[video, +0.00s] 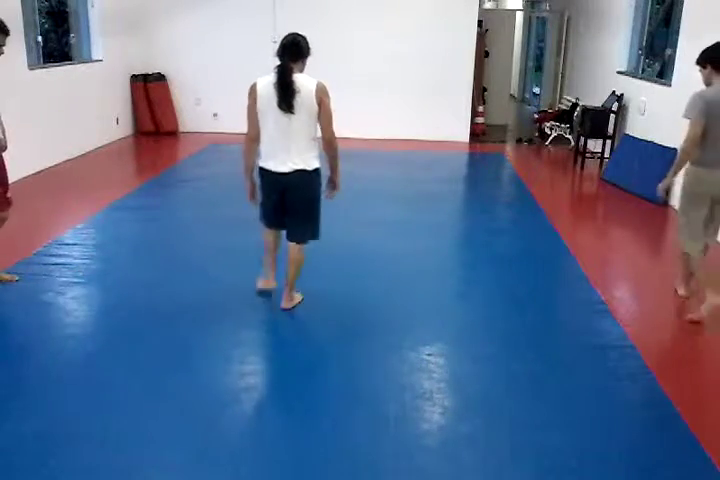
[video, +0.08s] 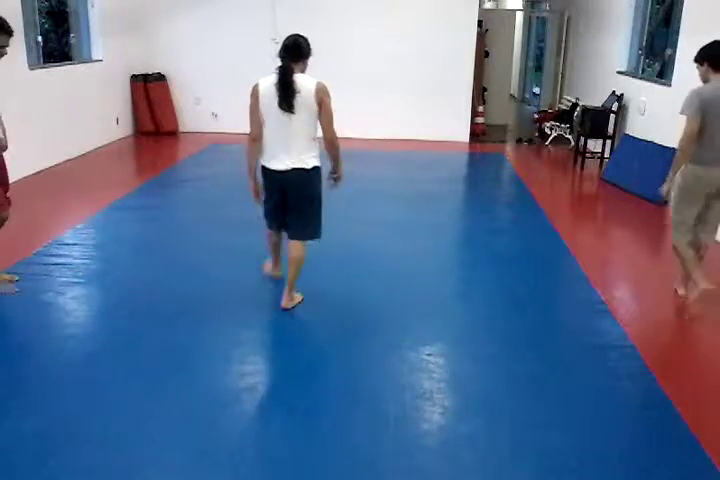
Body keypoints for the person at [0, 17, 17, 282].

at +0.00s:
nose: (3, 51)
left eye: (4, 45)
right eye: (2, 45)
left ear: (6, 42)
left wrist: (3, 136)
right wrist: (3, 137)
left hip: (0, 151)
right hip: (0, 151)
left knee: (4, 209)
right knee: (3, 210)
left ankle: (0, 269)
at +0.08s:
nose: (4, 52)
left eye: (5, 47)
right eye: (4, 47)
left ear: (8, 44)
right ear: (3, 44)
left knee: (5, 212)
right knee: (4, 213)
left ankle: (1, 271)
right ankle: (1, 273)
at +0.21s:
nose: (6, 54)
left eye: (8, 49)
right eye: (4, 48)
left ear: (9, 47)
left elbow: (3, 120)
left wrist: (5, 137)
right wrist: (4, 141)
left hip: (3, 154)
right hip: (1, 155)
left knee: (4, 209)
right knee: (2, 212)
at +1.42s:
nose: (47, 48)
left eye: (48, 43)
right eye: (45, 42)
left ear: (30, 41)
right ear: (28, 39)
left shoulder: (28, 64)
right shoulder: (5, 65)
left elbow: (28, 101)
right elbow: (3, 100)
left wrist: (40, 126)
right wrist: (19, 116)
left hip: (32, 137)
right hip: (11, 138)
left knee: (35, 200)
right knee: (15, 204)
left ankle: (36, 252)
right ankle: (7, 265)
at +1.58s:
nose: (41, 51)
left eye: (43, 46)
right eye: (39, 45)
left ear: (24, 42)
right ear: (22, 41)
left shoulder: (22, 66)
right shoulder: (4, 63)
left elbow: (26, 103)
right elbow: (5, 82)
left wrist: (40, 128)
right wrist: (27, 74)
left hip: (32, 138)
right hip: (12, 140)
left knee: (38, 199)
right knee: (11, 209)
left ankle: (37, 252)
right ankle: (9, 267)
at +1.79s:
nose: (32, 55)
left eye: (34, 51)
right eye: (30, 49)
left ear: (28, 46)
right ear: (16, 43)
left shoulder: (22, 63)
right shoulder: (4, 61)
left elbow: (26, 100)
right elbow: (4, 65)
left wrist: (39, 129)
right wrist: (15, 35)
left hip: (30, 135)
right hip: (10, 137)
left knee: (39, 199)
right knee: (12, 208)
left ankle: (37, 252)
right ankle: (9, 268)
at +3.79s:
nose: (36, 58)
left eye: (39, 55)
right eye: (35, 54)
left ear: (38, 49)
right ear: (23, 44)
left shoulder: (33, 62)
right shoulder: (6, 63)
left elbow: (41, 98)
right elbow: (7, 56)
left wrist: (50, 129)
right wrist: (17, 26)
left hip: (39, 136)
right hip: (17, 138)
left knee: (41, 202)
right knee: (18, 208)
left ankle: (38, 252)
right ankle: (11, 268)